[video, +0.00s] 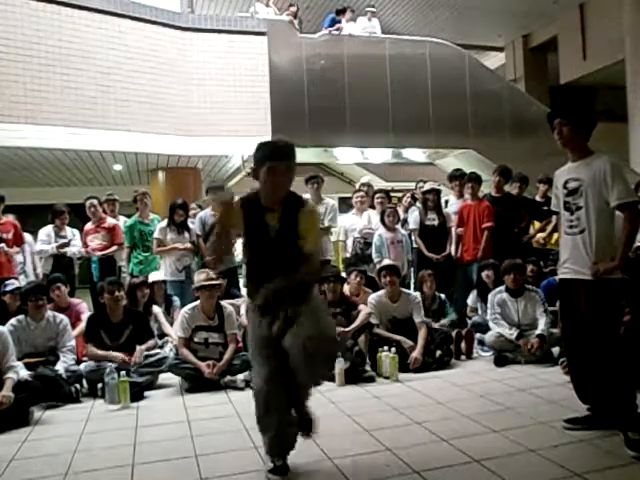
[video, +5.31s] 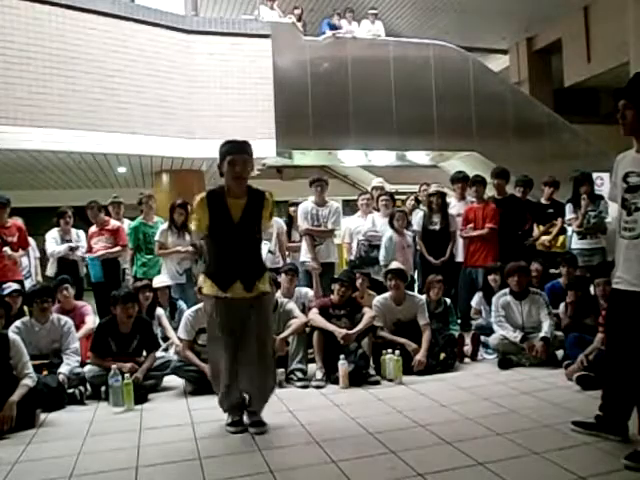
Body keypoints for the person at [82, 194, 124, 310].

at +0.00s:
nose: (93, 210)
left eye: (95, 206)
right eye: (89, 208)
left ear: (100, 207)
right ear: (87, 211)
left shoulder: (112, 224)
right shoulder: (87, 227)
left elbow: (119, 244)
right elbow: (84, 245)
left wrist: (102, 253)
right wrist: (86, 250)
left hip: (107, 258)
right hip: (93, 259)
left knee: (110, 288)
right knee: (94, 289)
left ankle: (111, 315)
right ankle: (98, 315)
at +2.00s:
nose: (92, 213)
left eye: (95, 209)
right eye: (90, 210)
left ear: (103, 209)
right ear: (88, 213)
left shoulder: (116, 226)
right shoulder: (90, 230)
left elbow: (122, 247)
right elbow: (89, 248)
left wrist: (105, 255)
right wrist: (87, 254)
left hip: (111, 262)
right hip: (96, 264)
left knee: (113, 294)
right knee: (99, 296)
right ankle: (104, 325)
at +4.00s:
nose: (96, 212)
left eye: (98, 209)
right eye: (93, 210)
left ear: (104, 210)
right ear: (90, 213)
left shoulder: (116, 226)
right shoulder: (90, 231)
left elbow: (122, 246)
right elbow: (89, 250)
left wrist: (105, 256)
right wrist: (87, 256)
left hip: (111, 262)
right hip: (96, 264)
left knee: (113, 295)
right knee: (100, 297)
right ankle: (104, 324)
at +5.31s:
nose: (92, 219)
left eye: (94, 215)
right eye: (90, 216)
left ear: (101, 212)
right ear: (88, 215)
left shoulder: (116, 227)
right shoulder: (91, 230)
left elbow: (123, 247)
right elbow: (89, 249)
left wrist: (104, 253)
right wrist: (87, 255)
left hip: (111, 262)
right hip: (96, 264)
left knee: (114, 295)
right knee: (100, 298)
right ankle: (104, 325)